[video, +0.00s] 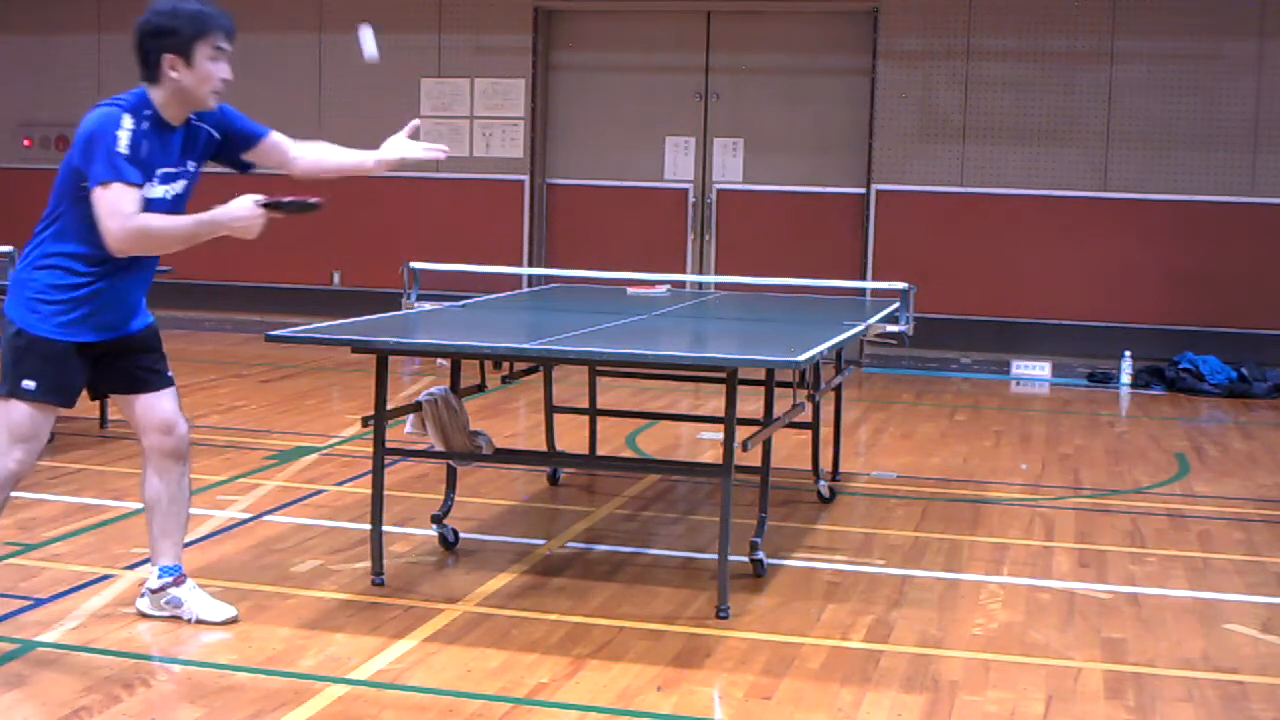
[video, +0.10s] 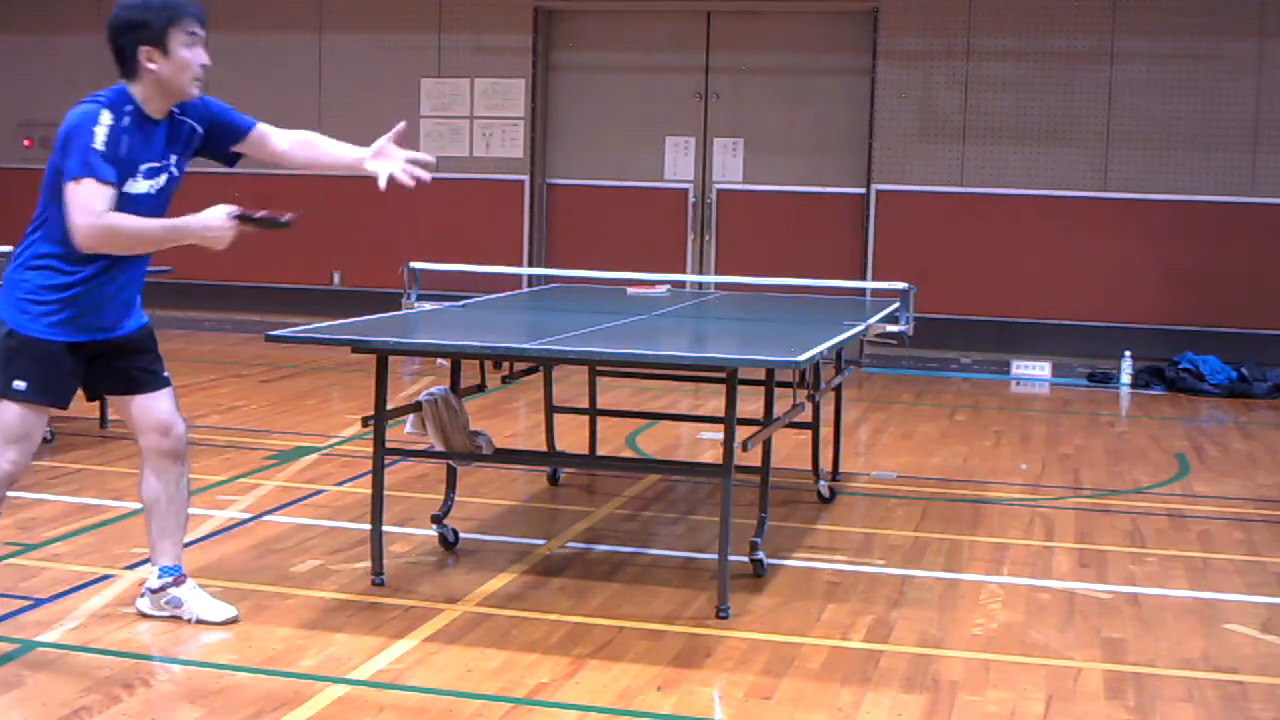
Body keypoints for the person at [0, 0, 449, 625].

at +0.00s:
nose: (227, 73)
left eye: (228, 59)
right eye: (216, 58)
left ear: (182, 66)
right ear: (170, 63)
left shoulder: (208, 123)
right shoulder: (112, 125)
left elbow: (293, 157)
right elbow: (123, 234)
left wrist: (380, 157)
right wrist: (221, 220)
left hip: (122, 311)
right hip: (47, 311)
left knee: (168, 436)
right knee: (15, 454)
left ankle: (166, 582)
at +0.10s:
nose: (206, 57)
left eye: (203, 44)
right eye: (192, 44)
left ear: (165, 58)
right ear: (148, 57)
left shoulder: (192, 116)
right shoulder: (95, 122)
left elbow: (281, 145)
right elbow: (89, 229)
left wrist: (366, 156)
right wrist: (190, 229)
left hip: (116, 311)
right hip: (39, 311)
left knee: (166, 436)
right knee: (12, 452)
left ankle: (165, 582)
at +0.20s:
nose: (186, 49)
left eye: (183, 35)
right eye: (172, 37)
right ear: (128, 53)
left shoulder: (181, 113)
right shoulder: (80, 115)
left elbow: (271, 147)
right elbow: (44, 211)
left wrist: (358, 166)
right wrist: (151, 235)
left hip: (110, 312)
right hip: (32, 311)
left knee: (164, 438)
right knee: (10, 454)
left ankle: (165, 582)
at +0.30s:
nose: (176, 53)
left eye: (173, 39)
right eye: (161, 41)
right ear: (117, 56)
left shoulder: (178, 120)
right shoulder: (65, 120)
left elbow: (263, 163)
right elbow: (7, 191)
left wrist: (342, 201)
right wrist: (73, 204)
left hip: (111, 313)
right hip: (30, 317)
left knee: (167, 439)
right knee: (9, 463)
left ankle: (164, 581)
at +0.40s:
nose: (177, 72)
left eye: (174, 57)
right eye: (161, 59)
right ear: (116, 73)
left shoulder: (179, 138)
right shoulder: (62, 128)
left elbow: (252, 197)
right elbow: (9, 186)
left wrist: (306, 250)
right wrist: (8, 164)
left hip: (111, 324)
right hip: (29, 323)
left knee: (177, 445)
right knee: (13, 473)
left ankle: (166, 582)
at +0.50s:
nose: (197, 103)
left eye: (197, 88)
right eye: (183, 87)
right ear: (136, 92)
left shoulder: (186, 166)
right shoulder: (74, 136)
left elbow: (219, 234)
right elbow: (9, 174)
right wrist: (14, 154)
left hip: (110, 331)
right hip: (30, 328)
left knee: (191, 441)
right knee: (16, 483)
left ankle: (169, 578)